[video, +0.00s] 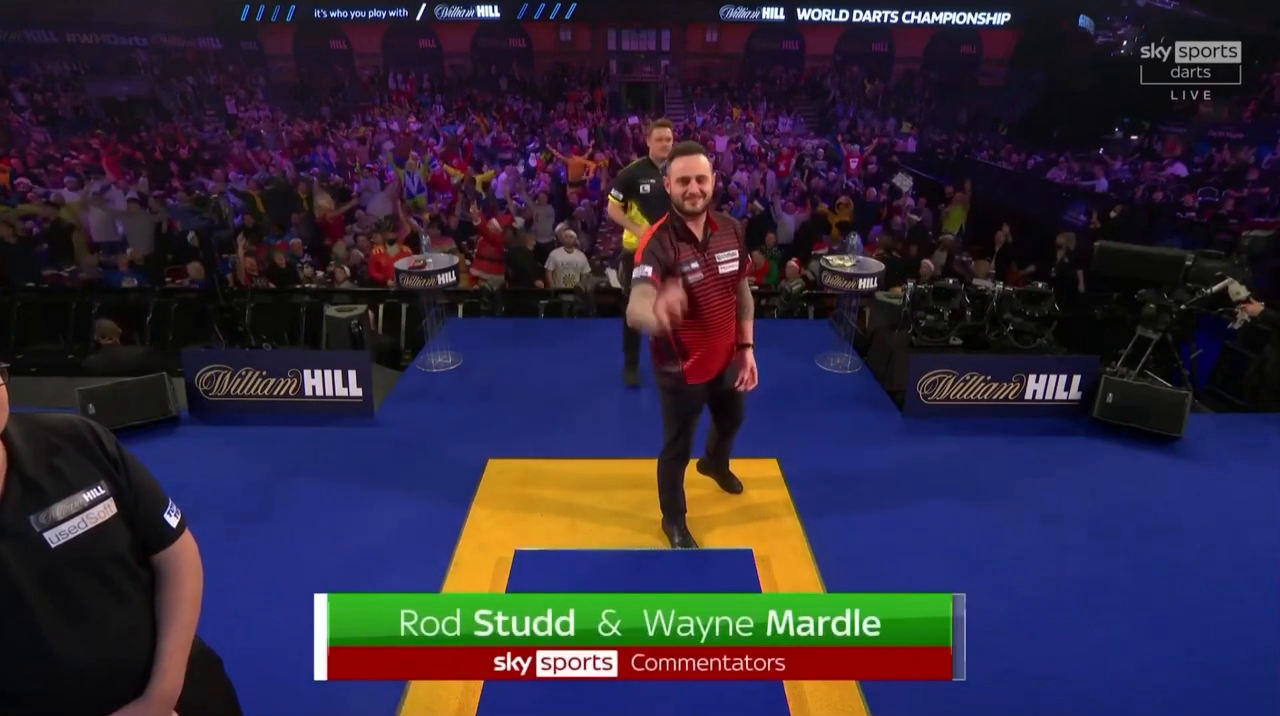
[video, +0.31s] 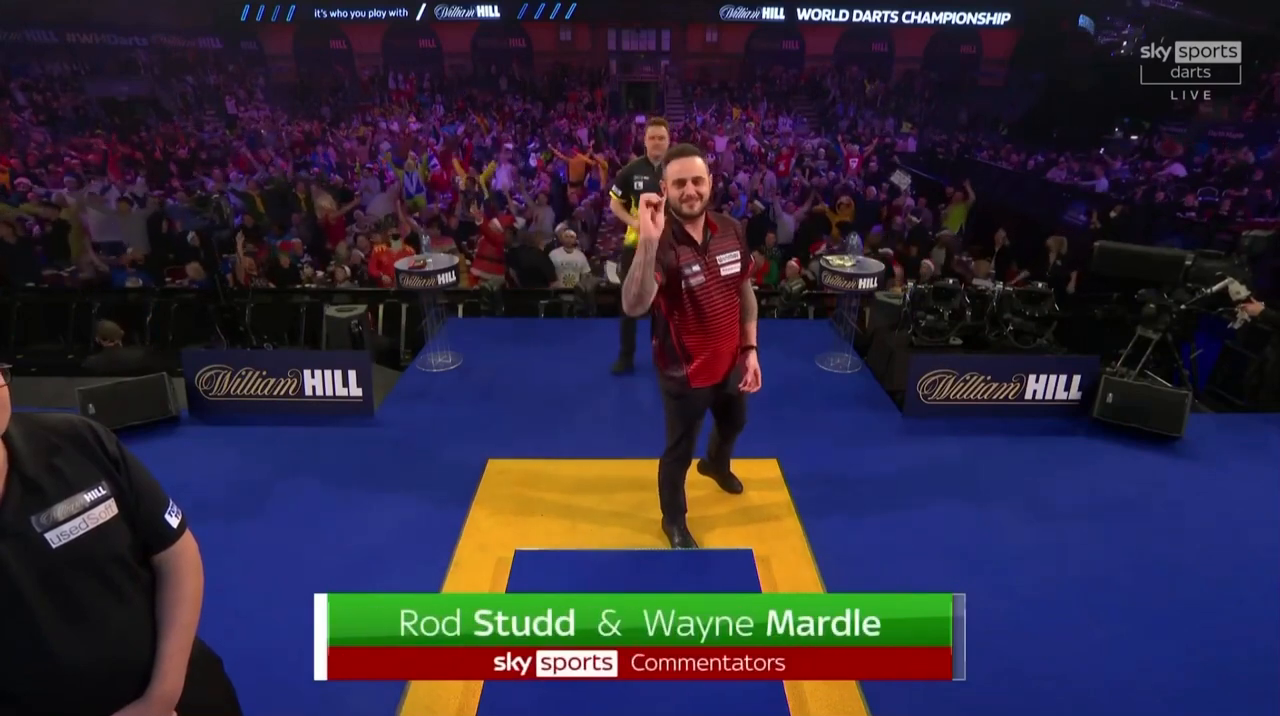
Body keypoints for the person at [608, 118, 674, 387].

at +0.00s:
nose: (664, 145)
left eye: (668, 140)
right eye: (659, 140)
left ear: (673, 142)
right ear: (648, 141)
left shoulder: (679, 170)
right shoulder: (631, 173)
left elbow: (690, 203)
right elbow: (613, 208)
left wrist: (683, 228)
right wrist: (638, 230)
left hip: (671, 249)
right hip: (637, 250)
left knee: (672, 305)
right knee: (634, 309)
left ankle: (673, 367)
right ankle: (631, 368)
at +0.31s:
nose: (656, 143)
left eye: (661, 138)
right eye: (652, 138)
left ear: (669, 140)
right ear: (645, 141)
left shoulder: (677, 169)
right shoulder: (631, 170)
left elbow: (691, 201)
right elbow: (615, 202)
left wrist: (676, 221)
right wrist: (632, 222)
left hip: (668, 244)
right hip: (636, 243)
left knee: (664, 300)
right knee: (630, 300)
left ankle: (666, 356)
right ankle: (626, 357)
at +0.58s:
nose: (642, 142)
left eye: (647, 137)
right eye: (638, 137)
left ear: (657, 139)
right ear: (632, 140)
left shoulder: (669, 169)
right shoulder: (621, 171)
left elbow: (681, 201)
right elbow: (604, 203)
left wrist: (663, 219)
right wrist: (624, 222)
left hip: (661, 244)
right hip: (628, 244)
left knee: (660, 299)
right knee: (624, 300)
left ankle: (662, 356)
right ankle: (620, 357)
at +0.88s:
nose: (624, 142)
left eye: (629, 137)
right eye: (620, 137)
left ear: (639, 140)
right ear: (615, 140)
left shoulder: (657, 172)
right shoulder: (605, 172)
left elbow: (668, 206)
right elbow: (585, 204)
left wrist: (649, 225)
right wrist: (605, 220)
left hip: (645, 248)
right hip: (615, 249)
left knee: (648, 305)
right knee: (618, 305)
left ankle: (654, 354)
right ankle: (619, 355)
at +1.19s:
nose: (621, 143)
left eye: (626, 138)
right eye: (617, 138)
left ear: (635, 140)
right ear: (611, 141)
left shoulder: (653, 171)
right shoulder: (602, 172)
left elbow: (669, 204)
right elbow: (577, 203)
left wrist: (648, 225)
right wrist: (602, 223)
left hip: (642, 250)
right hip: (613, 251)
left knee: (642, 307)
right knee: (617, 307)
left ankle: (645, 357)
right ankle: (619, 355)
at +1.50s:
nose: (622, 143)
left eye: (627, 138)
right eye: (618, 138)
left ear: (636, 140)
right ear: (611, 141)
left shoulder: (653, 172)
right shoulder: (601, 173)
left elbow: (666, 205)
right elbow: (582, 206)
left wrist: (647, 225)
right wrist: (602, 223)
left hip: (641, 250)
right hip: (612, 250)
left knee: (640, 306)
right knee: (617, 306)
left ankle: (645, 358)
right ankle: (619, 355)